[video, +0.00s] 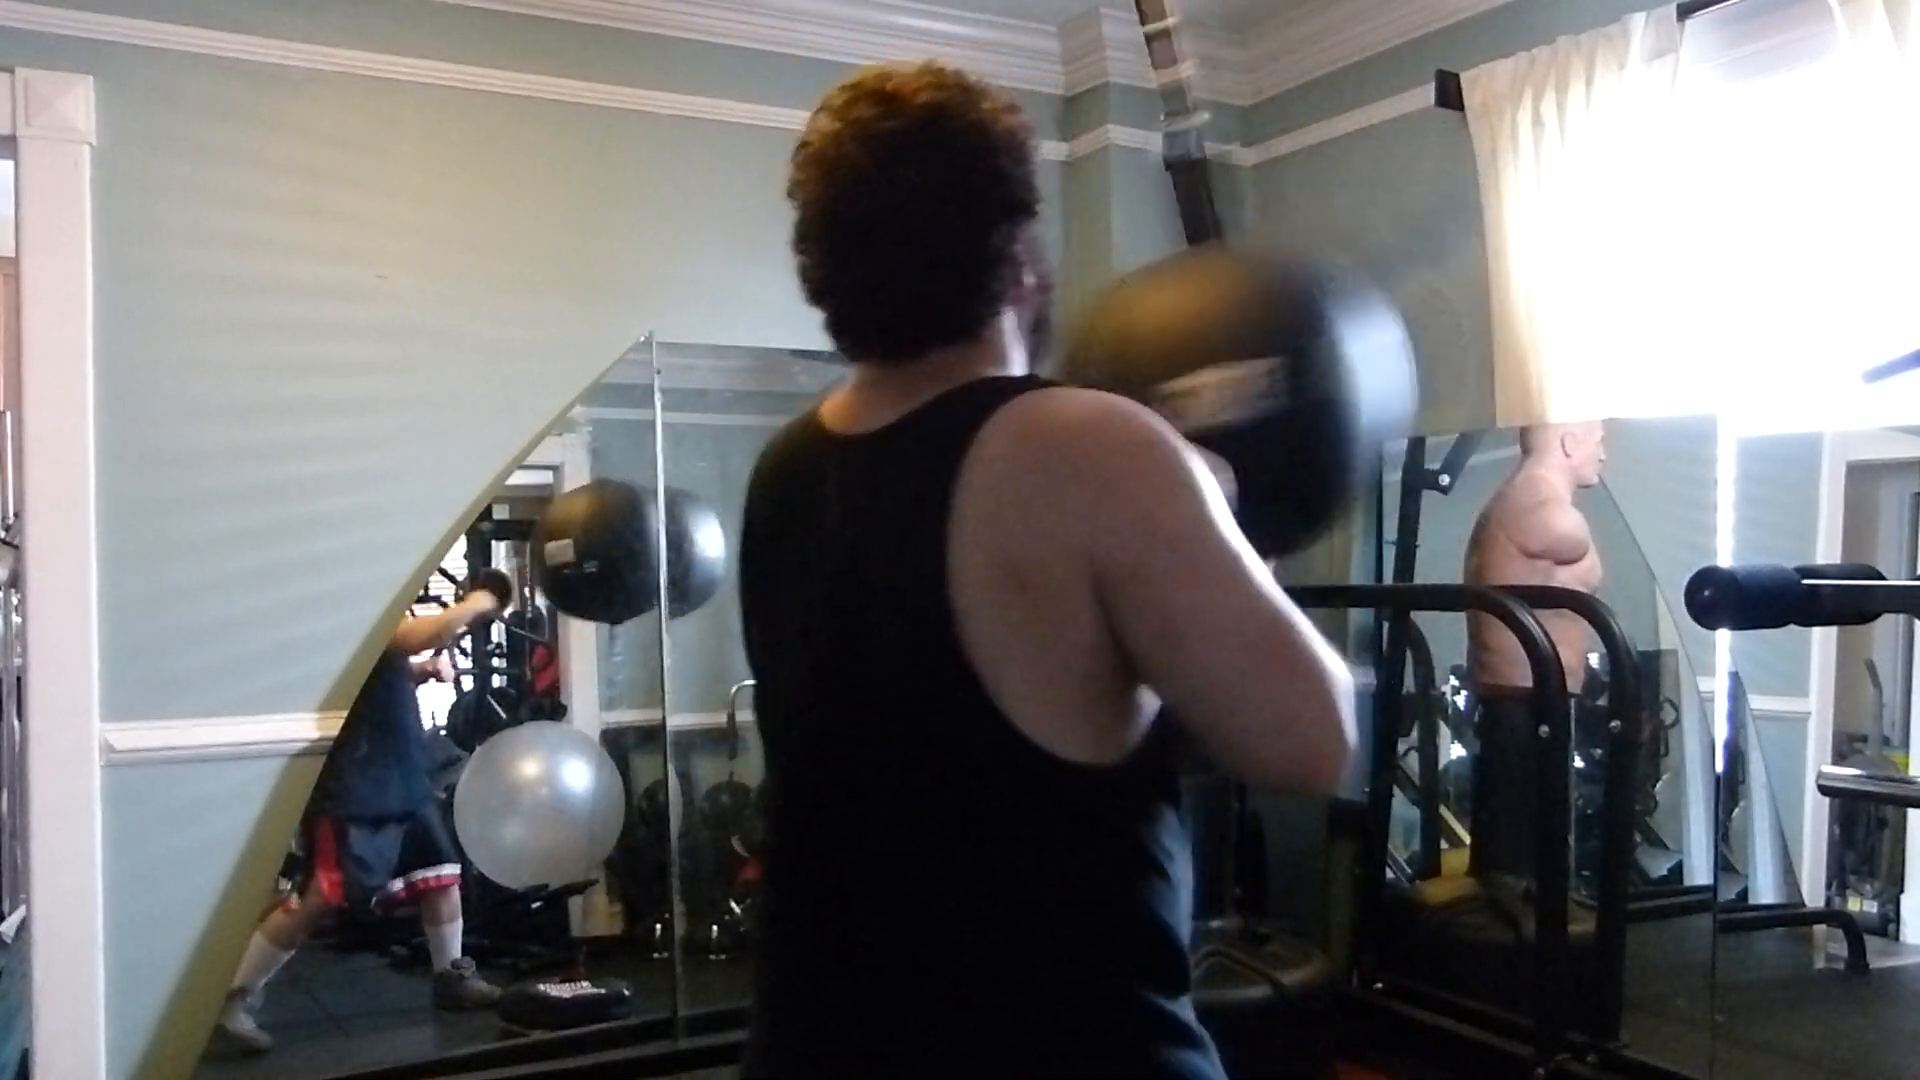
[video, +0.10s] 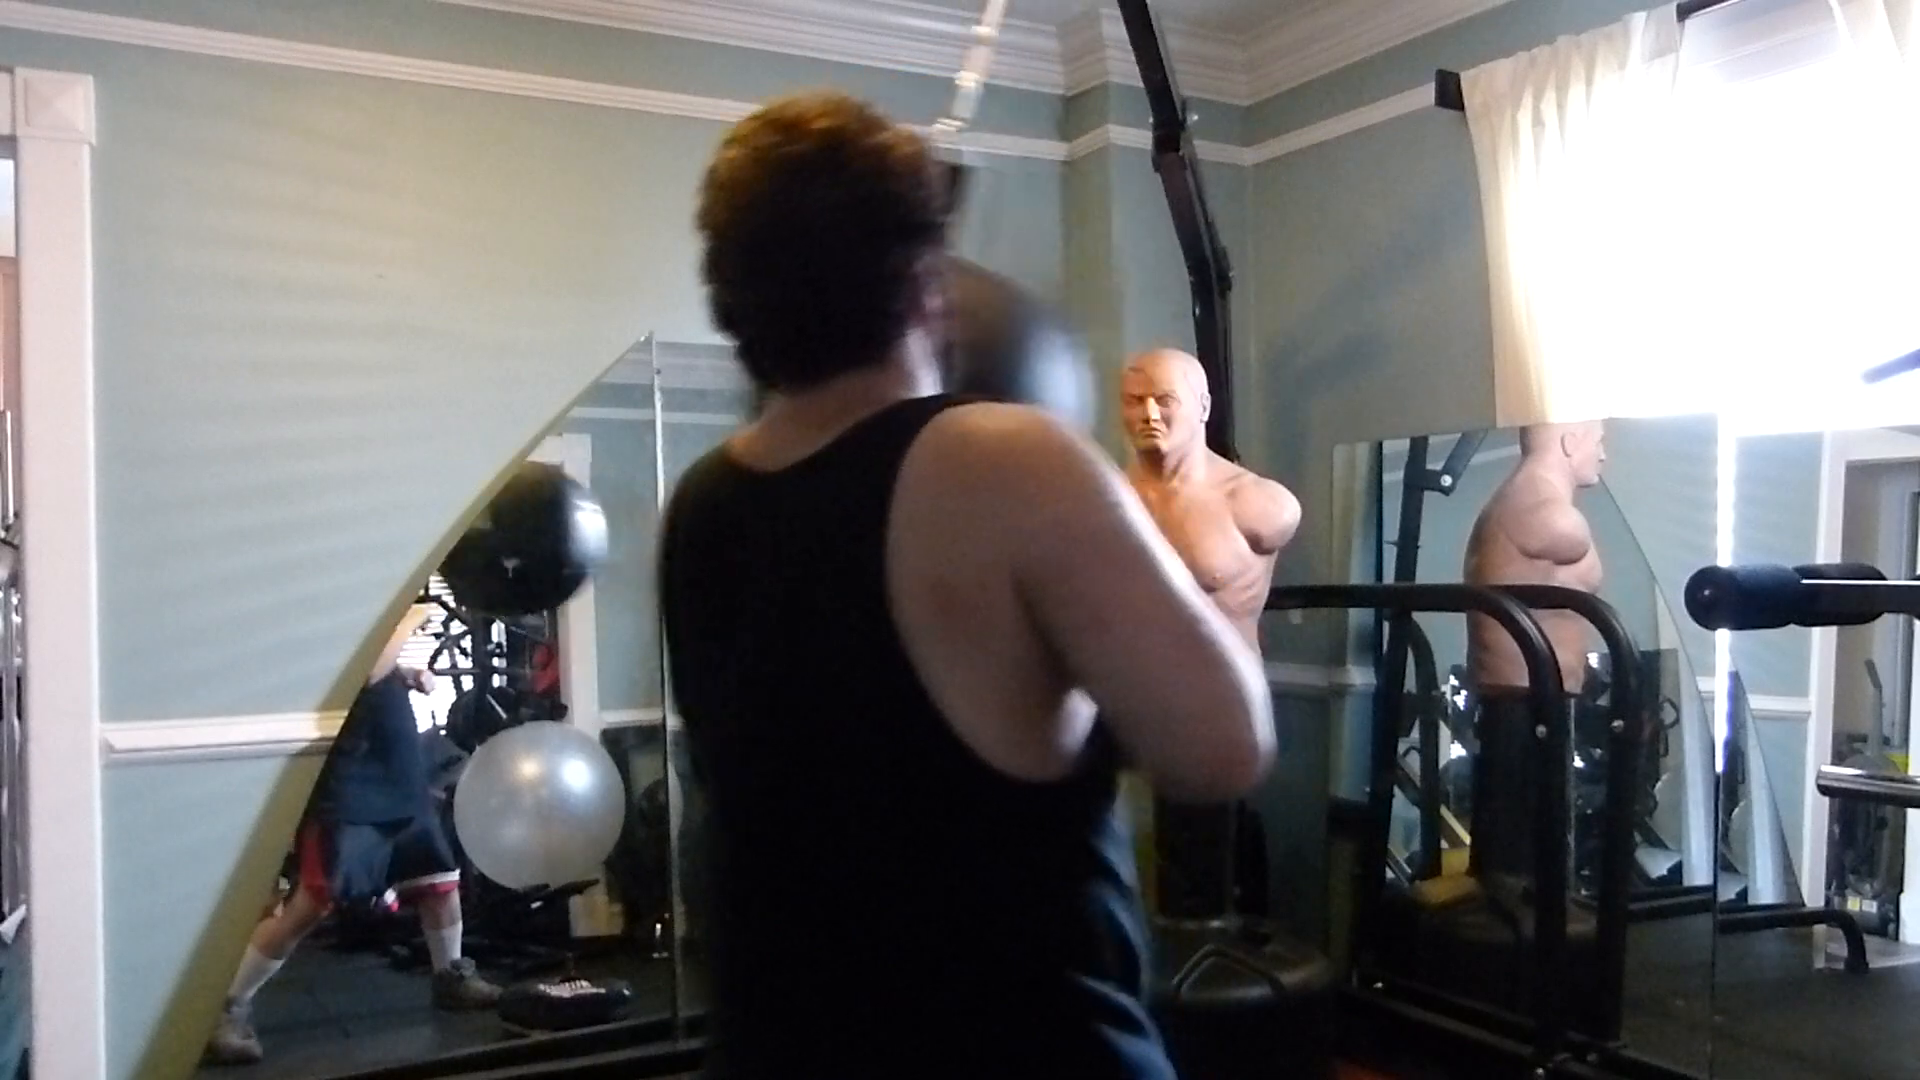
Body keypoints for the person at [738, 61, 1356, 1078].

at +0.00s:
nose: (1044, 258)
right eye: (1037, 233)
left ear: (823, 271)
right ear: (1017, 261)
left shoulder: (786, 473)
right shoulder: (1096, 452)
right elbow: (1310, 749)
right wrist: (1204, 512)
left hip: (834, 1022)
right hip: (1084, 1030)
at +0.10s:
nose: (954, 278)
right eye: (944, 255)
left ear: (733, 296)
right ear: (924, 284)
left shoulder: (697, 507)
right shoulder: (1011, 462)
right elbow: (1228, 750)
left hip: (785, 1029)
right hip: (1033, 1031)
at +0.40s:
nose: (658, 287)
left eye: (647, 256)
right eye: (642, 259)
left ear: (455, 324)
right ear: (599, 279)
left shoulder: (388, 532)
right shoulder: (771, 424)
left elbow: (449, 752)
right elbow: (962, 670)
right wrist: (815, 703)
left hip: (559, 1026)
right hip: (816, 1010)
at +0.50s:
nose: (651, 292)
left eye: (640, 259)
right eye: (635, 263)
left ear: (447, 317)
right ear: (588, 284)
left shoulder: (374, 522)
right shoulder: (730, 426)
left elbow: (440, 741)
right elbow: (960, 613)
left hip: (525, 1013)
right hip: (775, 1003)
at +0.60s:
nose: (655, 281)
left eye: (644, 253)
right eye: (641, 256)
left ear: (459, 314)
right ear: (602, 288)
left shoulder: (404, 501)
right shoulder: (750, 405)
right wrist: (914, 396)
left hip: (493, 1006)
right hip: (735, 1002)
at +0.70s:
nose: (686, 281)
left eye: (675, 250)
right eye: (672, 253)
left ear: (498, 304)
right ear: (630, 287)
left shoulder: (449, 477)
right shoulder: (760, 413)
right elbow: (966, 495)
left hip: (499, 965)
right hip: (716, 972)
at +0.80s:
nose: (710, 282)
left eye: (698, 253)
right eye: (694, 257)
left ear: (529, 312)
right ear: (645, 300)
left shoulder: (502, 463)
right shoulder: (732, 469)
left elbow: (636, 482)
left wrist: (791, 428)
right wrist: (928, 534)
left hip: (500, 976)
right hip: (682, 992)